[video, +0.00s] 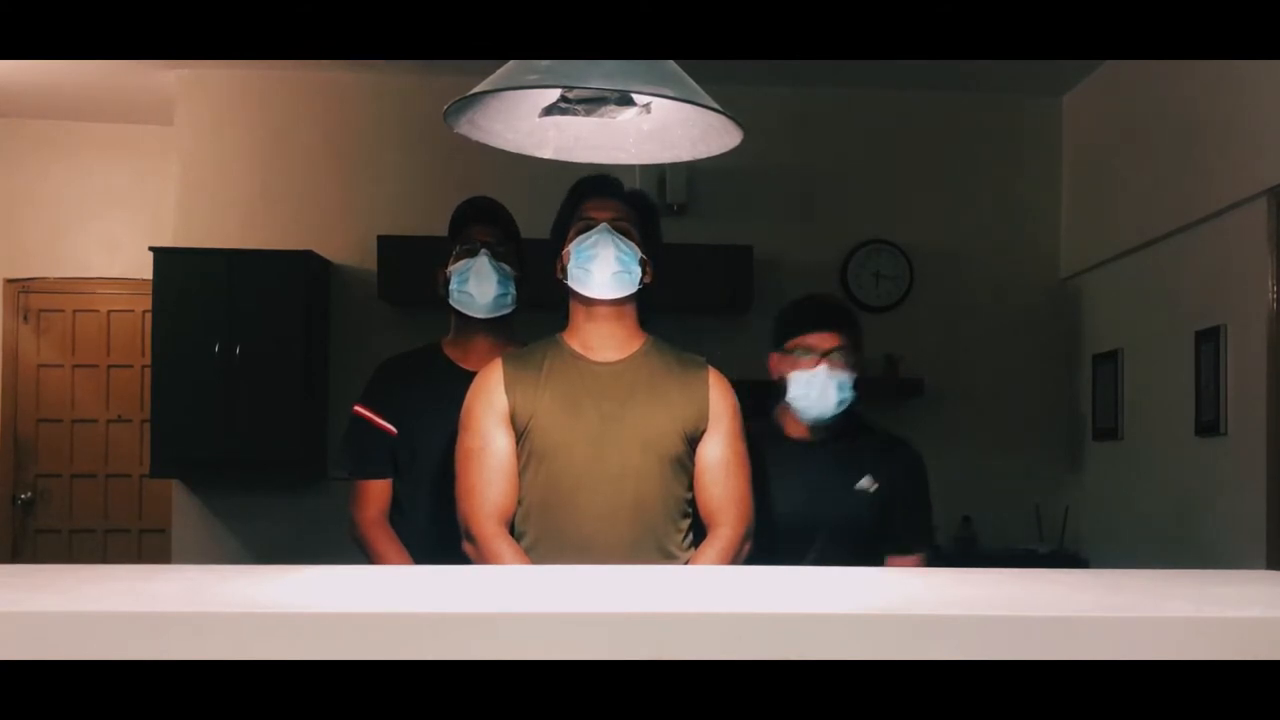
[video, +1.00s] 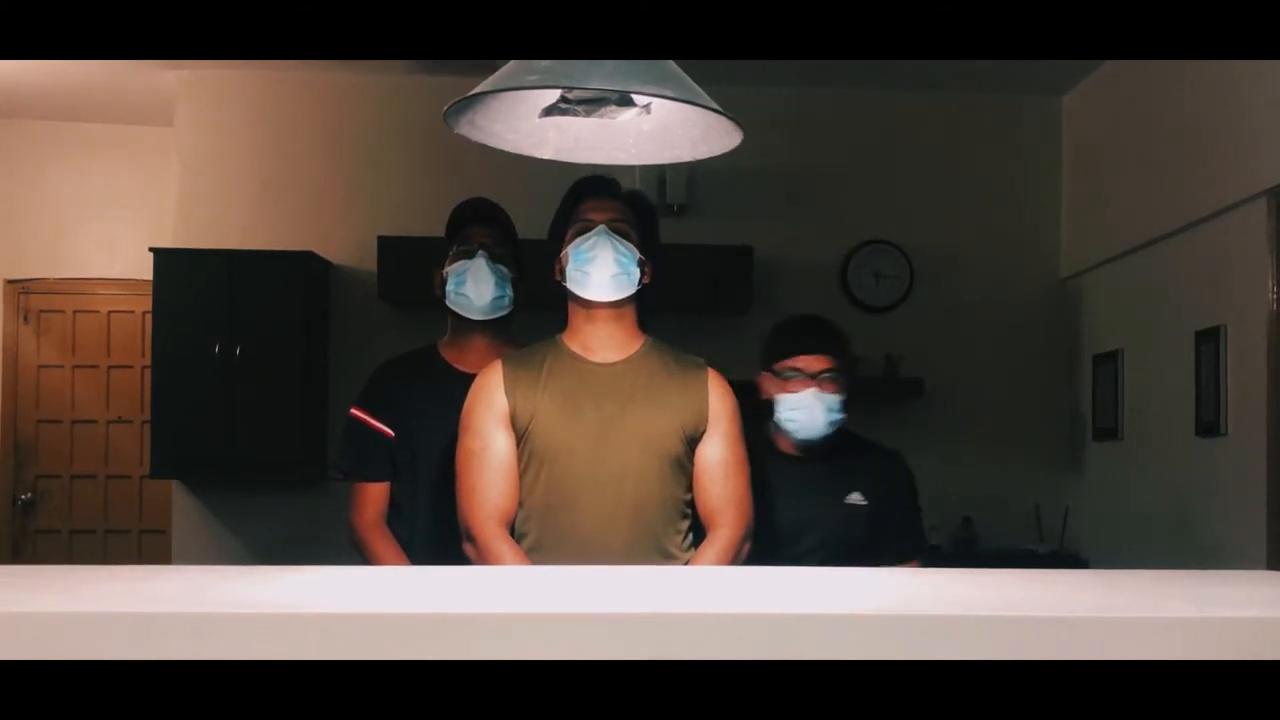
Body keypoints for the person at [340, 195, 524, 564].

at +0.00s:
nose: (483, 263)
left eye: (499, 252)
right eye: (468, 250)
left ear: (517, 270)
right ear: (445, 272)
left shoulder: (542, 381)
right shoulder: (398, 379)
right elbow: (370, 518)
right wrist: (421, 598)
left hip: (520, 593)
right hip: (428, 591)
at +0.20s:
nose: (484, 263)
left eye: (499, 252)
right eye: (469, 251)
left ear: (518, 270)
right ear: (445, 271)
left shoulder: (543, 382)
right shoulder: (399, 380)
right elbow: (369, 519)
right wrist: (422, 598)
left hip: (519, 593)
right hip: (427, 591)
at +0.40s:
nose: (484, 263)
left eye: (500, 252)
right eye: (470, 251)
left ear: (518, 271)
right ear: (446, 272)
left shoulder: (543, 382)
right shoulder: (399, 380)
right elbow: (370, 518)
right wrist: (421, 598)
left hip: (518, 593)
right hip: (427, 591)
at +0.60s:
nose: (484, 263)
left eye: (499, 253)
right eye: (469, 251)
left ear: (518, 274)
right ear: (444, 275)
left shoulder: (542, 383)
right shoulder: (398, 381)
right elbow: (369, 519)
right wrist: (420, 598)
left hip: (518, 593)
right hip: (427, 591)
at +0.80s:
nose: (482, 264)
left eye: (497, 255)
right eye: (467, 252)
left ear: (516, 274)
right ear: (442, 275)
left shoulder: (540, 381)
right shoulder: (397, 381)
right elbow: (368, 521)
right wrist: (419, 599)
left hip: (516, 595)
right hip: (425, 593)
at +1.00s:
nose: (481, 265)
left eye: (497, 255)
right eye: (466, 252)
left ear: (515, 273)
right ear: (441, 274)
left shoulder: (540, 381)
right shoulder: (396, 382)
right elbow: (367, 521)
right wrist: (420, 599)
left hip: (517, 595)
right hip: (425, 593)